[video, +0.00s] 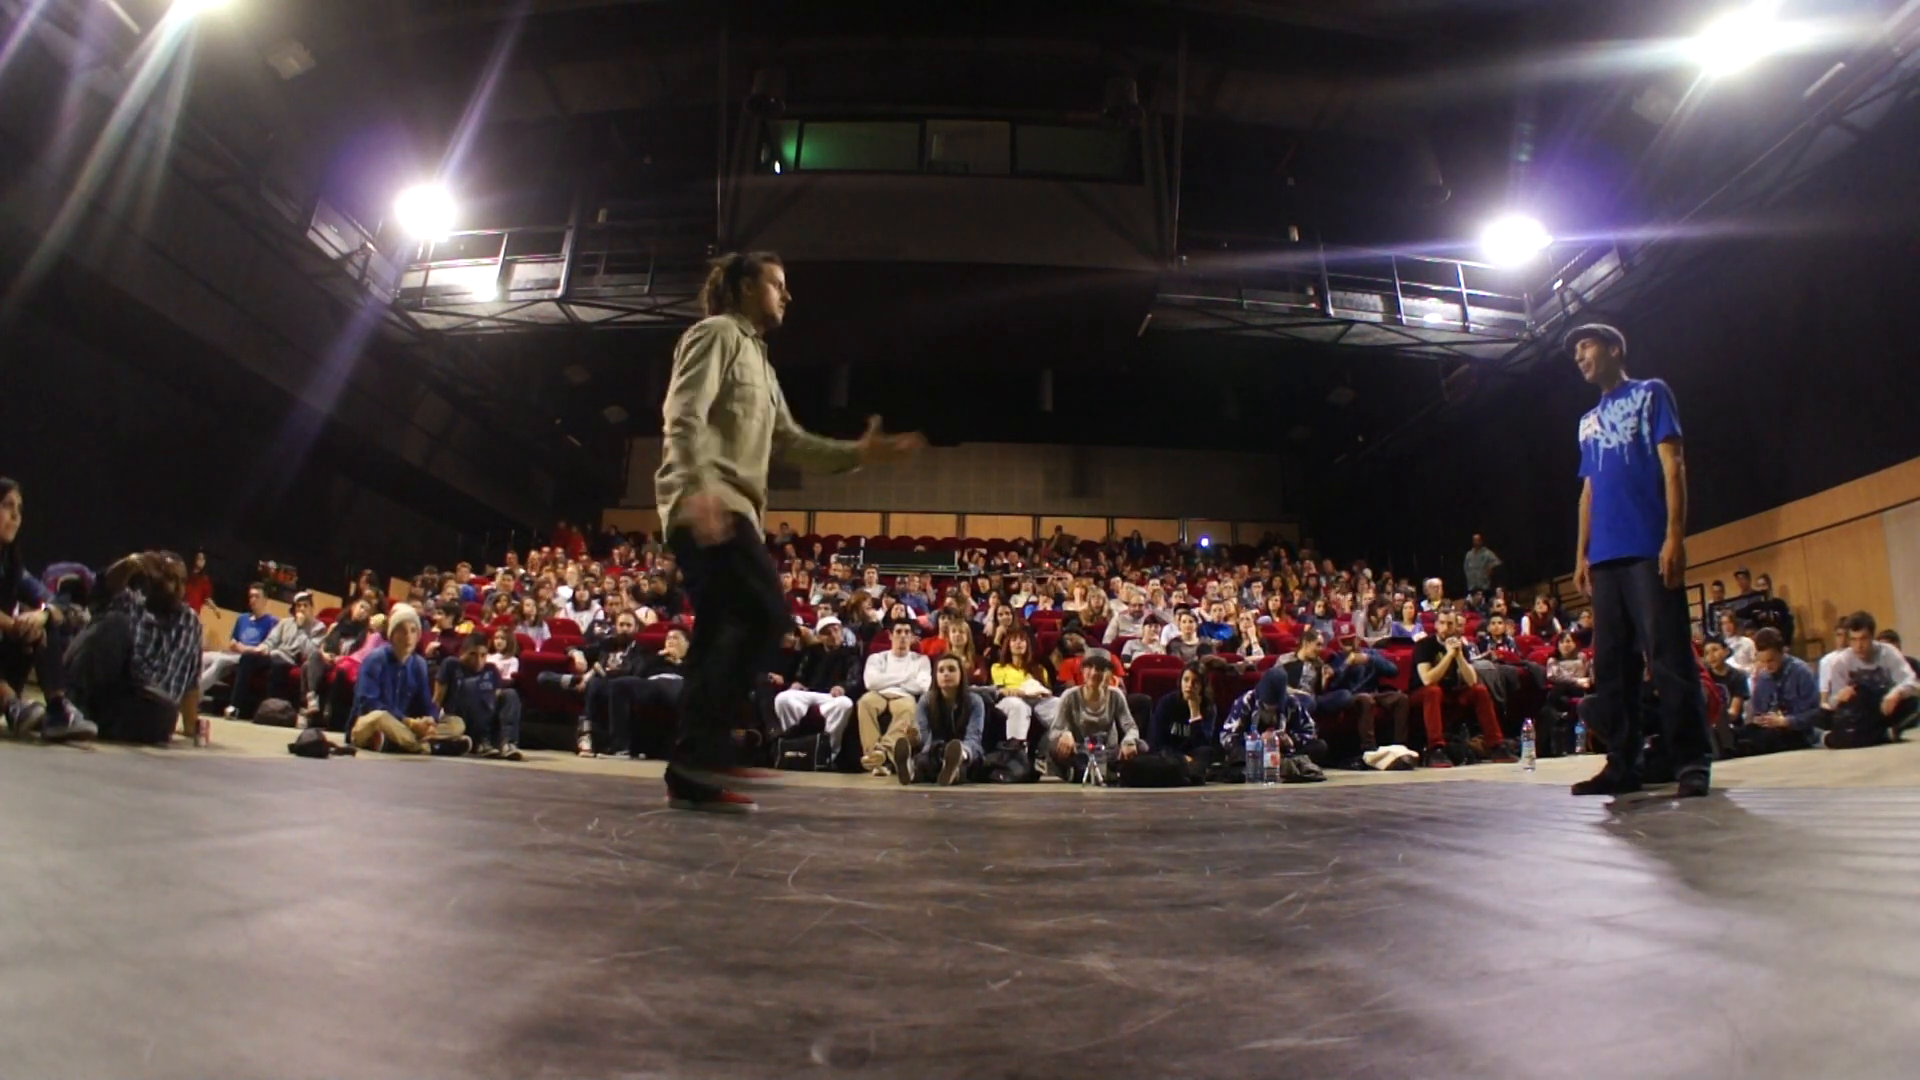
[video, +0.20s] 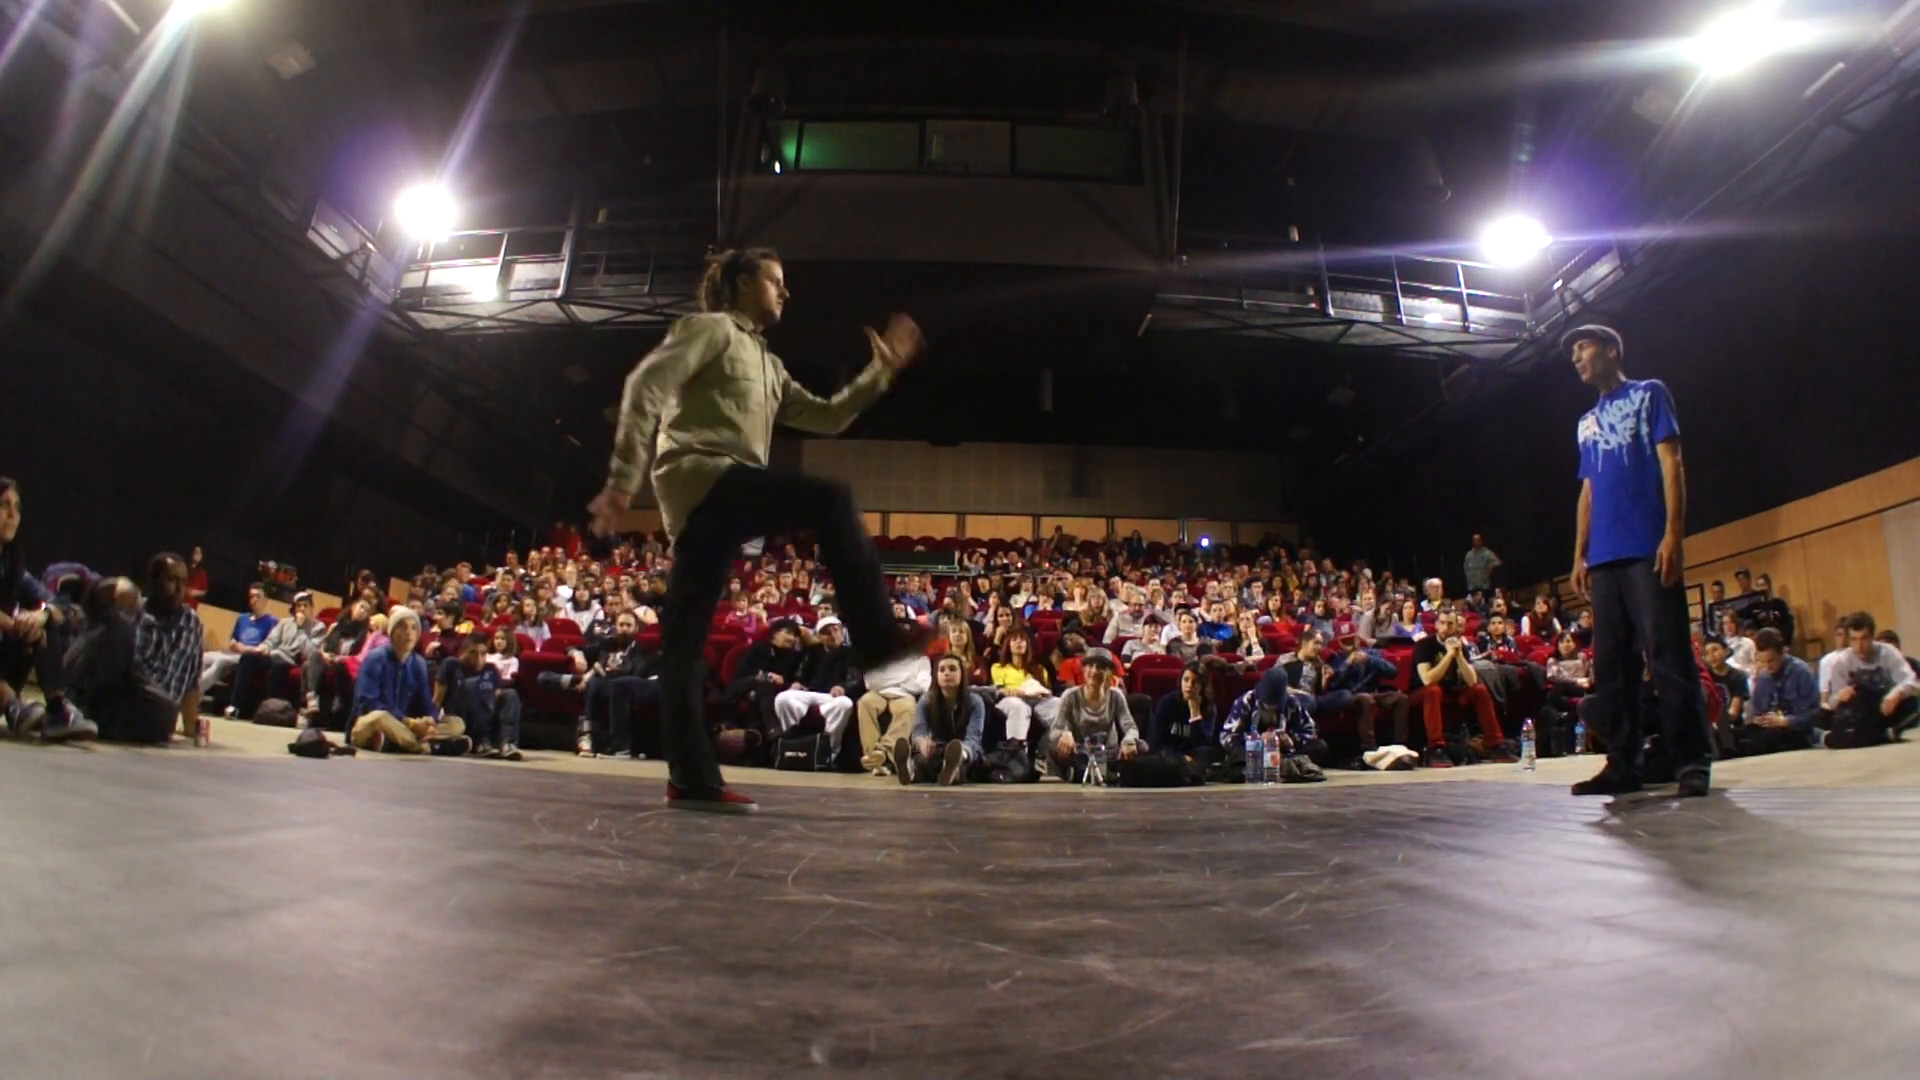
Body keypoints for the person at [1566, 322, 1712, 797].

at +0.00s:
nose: (1580, 358)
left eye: (1587, 348)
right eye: (1576, 353)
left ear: (1616, 349)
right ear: (1580, 365)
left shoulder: (1650, 393)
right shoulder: (1587, 422)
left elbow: (1673, 464)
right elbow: (1588, 490)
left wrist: (1675, 537)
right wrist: (1582, 553)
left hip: (1649, 551)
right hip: (1604, 560)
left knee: (1669, 661)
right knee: (1612, 665)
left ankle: (1691, 764)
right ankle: (1622, 764)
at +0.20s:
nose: (1576, 359)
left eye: (1583, 348)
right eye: (1573, 354)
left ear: (1613, 350)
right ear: (1578, 365)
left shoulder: (1649, 393)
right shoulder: (1585, 423)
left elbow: (1672, 463)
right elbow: (1588, 490)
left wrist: (1674, 534)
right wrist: (1580, 554)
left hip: (1648, 551)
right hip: (1603, 560)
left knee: (1668, 661)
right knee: (1612, 666)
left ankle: (1691, 765)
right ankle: (1622, 764)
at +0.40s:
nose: (1577, 355)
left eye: (1585, 345)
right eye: (1574, 351)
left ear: (1615, 350)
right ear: (1579, 363)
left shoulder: (1644, 390)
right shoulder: (1583, 422)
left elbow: (1668, 460)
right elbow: (1587, 491)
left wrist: (1672, 533)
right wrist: (1584, 556)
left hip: (1648, 550)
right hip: (1604, 560)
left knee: (1669, 661)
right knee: (1613, 666)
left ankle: (1691, 764)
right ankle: (1622, 764)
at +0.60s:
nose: (1573, 358)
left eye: (1581, 347)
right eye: (1571, 353)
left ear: (1610, 349)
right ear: (1578, 363)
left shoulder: (1644, 391)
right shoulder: (1584, 424)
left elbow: (1666, 459)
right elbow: (1588, 492)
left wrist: (1668, 530)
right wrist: (1584, 556)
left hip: (1647, 550)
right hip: (1604, 560)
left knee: (1670, 660)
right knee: (1613, 665)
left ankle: (1691, 764)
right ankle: (1622, 764)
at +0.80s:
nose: (1578, 356)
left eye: (1585, 346)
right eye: (1574, 352)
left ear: (1613, 349)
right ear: (1577, 363)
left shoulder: (1644, 391)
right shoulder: (1583, 423)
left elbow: (1665, 460)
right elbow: (1587, 491)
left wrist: (1665, 531)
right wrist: (1584, 556)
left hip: (1647, 551)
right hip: (1604, 561)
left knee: (1670, 661)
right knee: (1613, 667)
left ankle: (1692, 764)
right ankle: (1622, 766)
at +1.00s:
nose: (1576, 353)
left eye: (1584, 343)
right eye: (1572, 348)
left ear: (1613, 348)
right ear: (1577, 361)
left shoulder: (1643, 390)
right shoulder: (1582, 422)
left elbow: (1664, 460)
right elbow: (1585, 490)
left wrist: (1664, 532)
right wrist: (1580, 556)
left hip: (1647, 551)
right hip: (1604, 561)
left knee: (1670, 662)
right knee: (1613, 668)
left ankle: (1691, 764)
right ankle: (1622, 766)